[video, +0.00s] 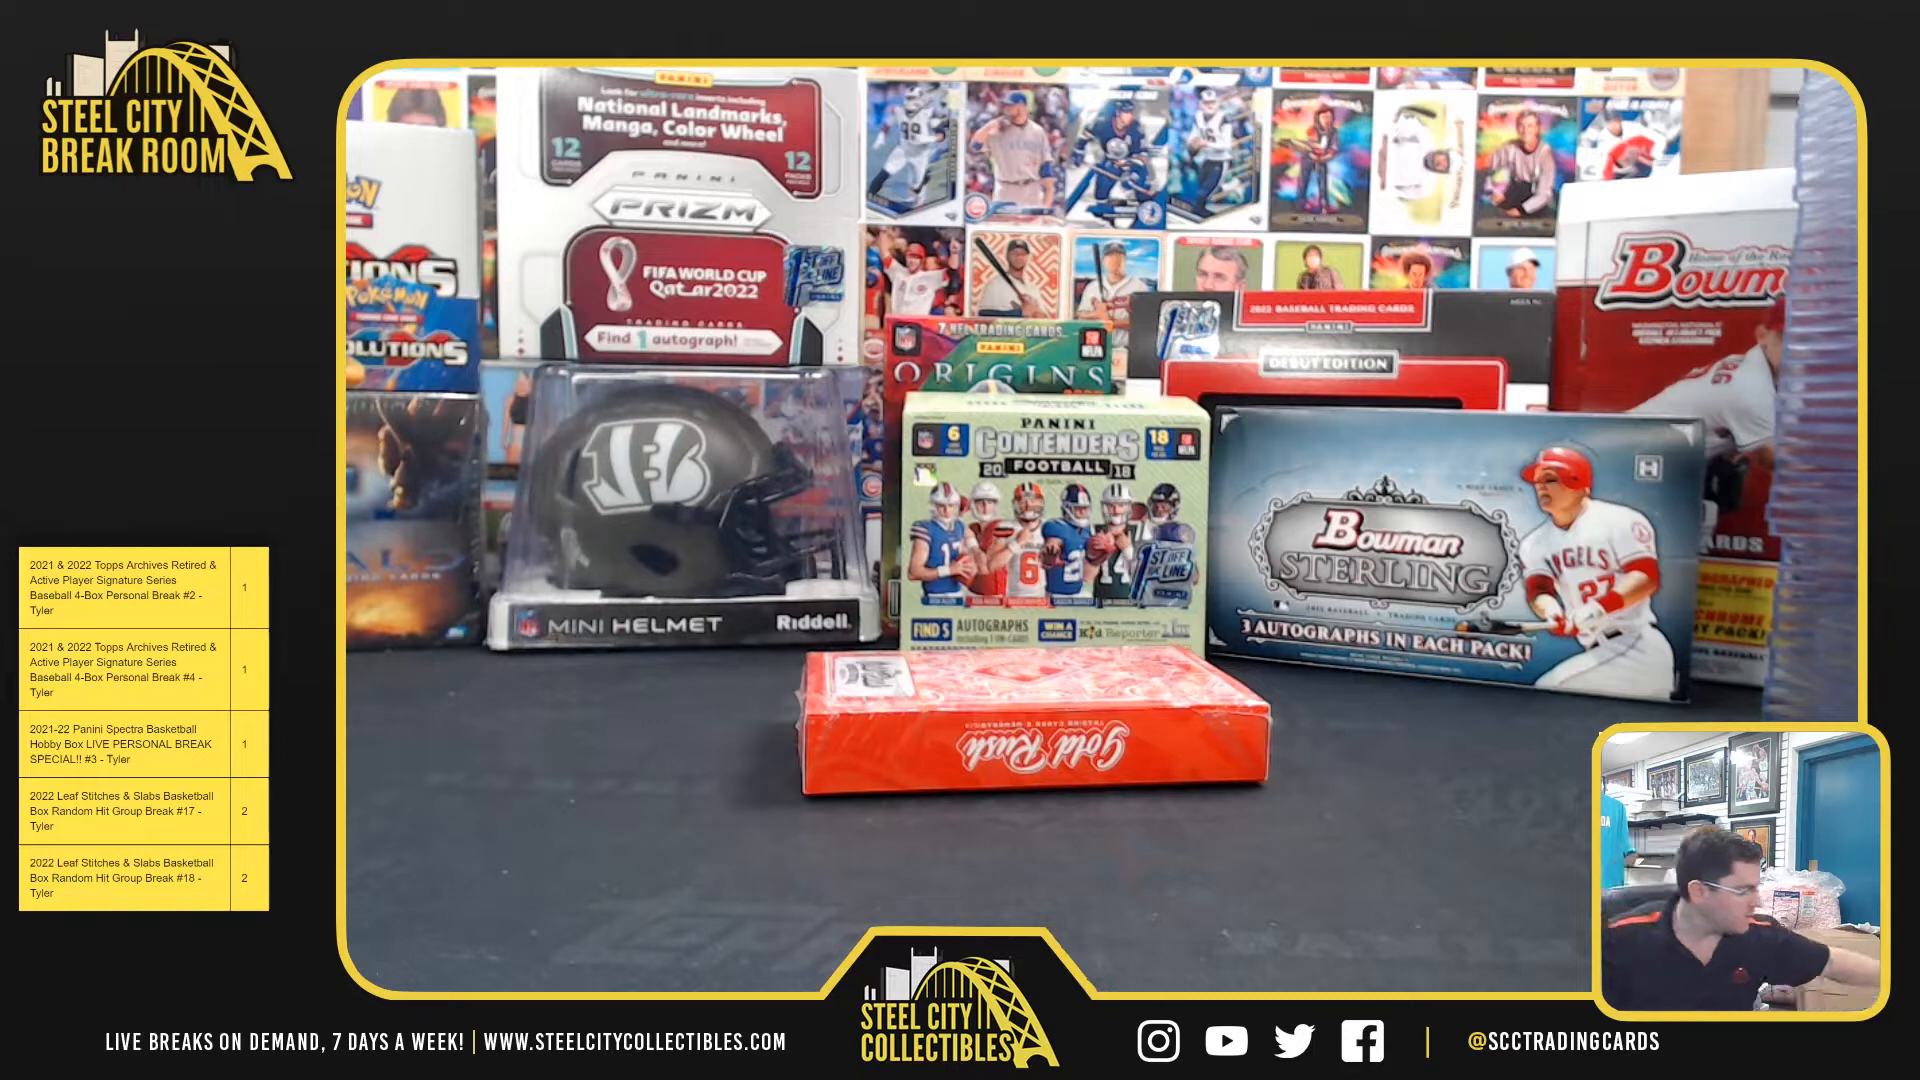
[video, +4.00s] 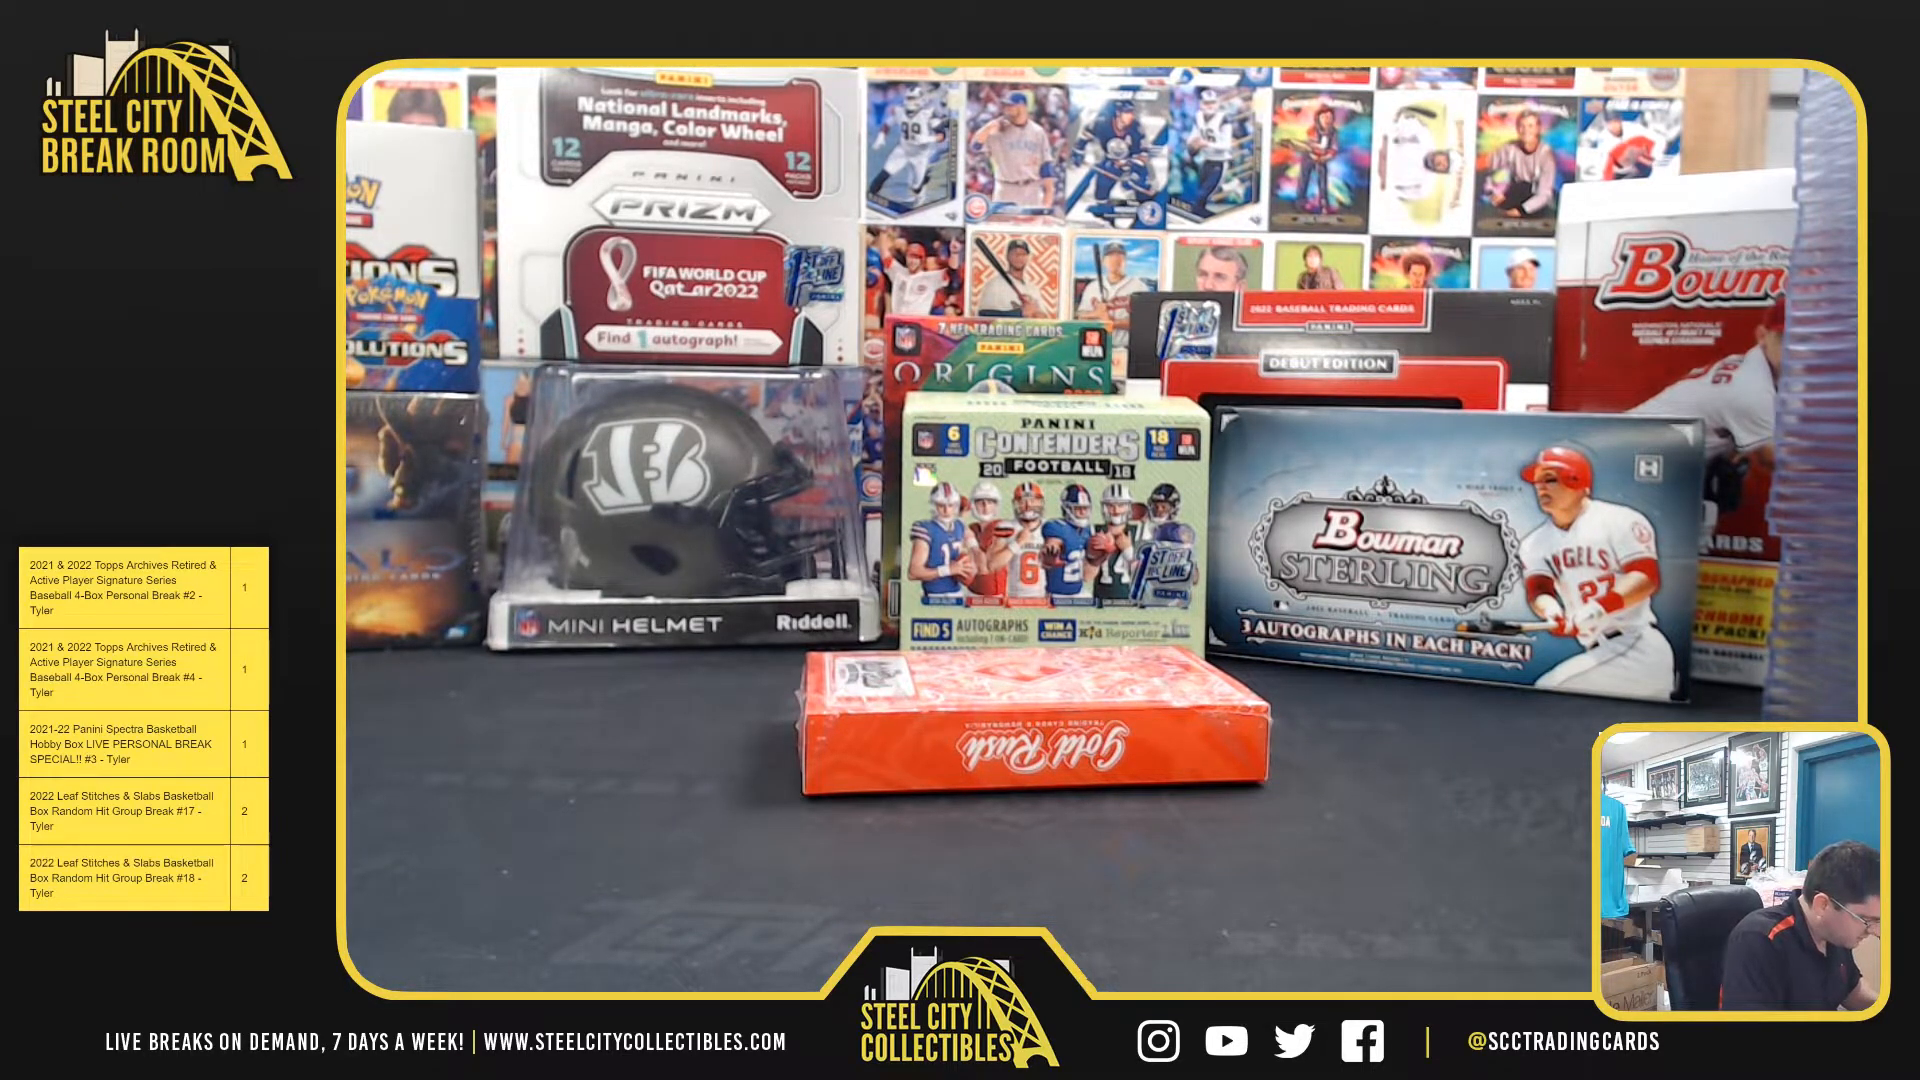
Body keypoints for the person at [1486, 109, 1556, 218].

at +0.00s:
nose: (1526, 130)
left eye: (1530, 126)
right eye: (1522, 126)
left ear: (1538, 128)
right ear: (1517, 129)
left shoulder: (1544, 153)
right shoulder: (1507, 150)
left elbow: (1545, 191)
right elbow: (1491, 176)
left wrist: (1523, 209)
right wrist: (1494, 193)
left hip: (1535, 187)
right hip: (1513, 187)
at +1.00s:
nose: (1526, 130)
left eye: (1530, 126)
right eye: (1522, 126)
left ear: (1539, 128)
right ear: (1517, 129)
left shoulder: (1545, 154)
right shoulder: (1507, 150)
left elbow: (1545, 192)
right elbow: (1491, 177)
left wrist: (1523, 209)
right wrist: (1494, 193)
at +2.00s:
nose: (1526, 130)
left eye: (1530, 126)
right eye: (1522, 126)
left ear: (1538, 128)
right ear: (1517, 129)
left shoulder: (1545, 153)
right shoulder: (1508, 150)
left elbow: (1545, 192)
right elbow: (1490, 175)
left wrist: (1523, 209)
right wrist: (1494, 193)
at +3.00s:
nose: (1526, 131)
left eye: (1530, 126)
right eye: (1522, 126)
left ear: (1538, 129)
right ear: (1517, 129)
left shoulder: (1545, 154)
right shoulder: (1507, 151)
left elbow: (1545, 192)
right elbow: (1491, 178)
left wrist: (1523, 209)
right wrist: (1494, 194)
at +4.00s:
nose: (1526, 130)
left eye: (1531, 126)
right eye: (1522, 126)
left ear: (1539, 129)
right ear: (1517, 129)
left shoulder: (1545, 154)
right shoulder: (1506, 151)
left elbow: (1545, 192)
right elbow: (1490, 178)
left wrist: (1522, 209)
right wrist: (1494, 194)